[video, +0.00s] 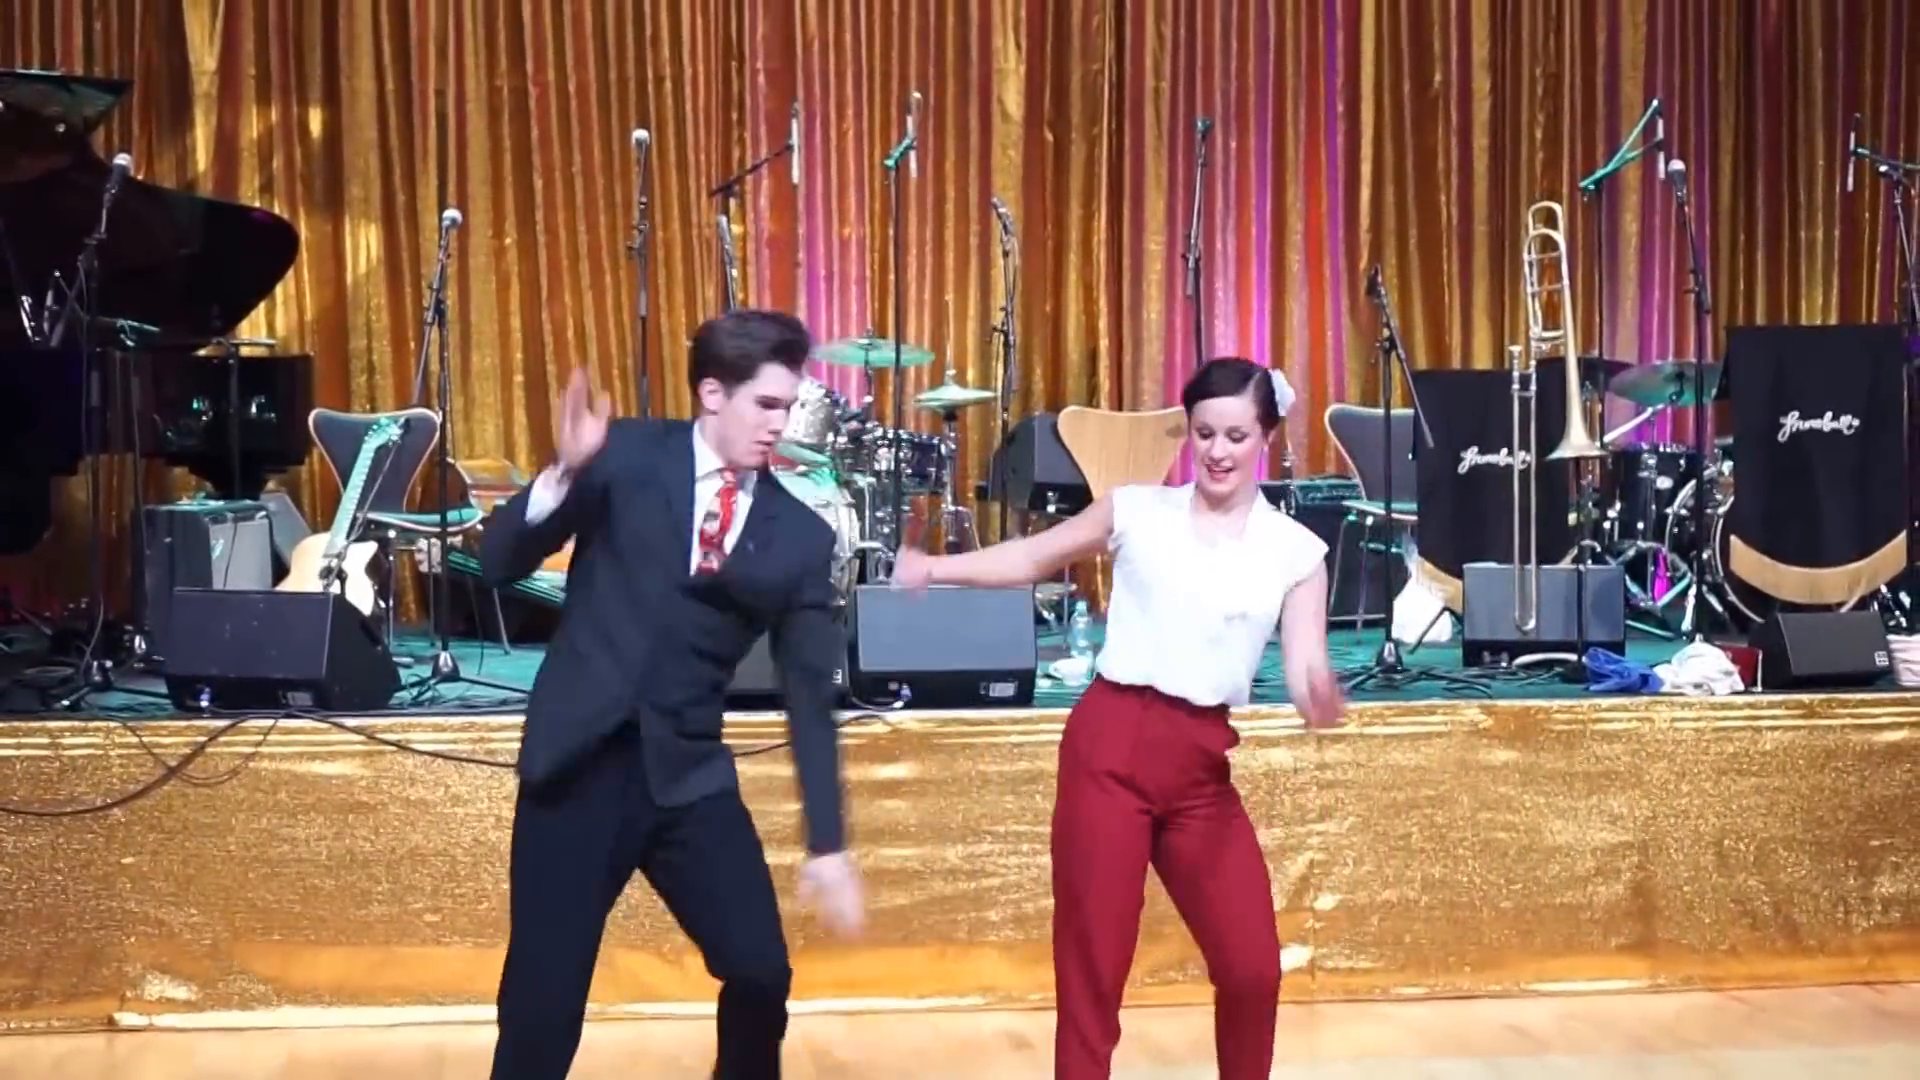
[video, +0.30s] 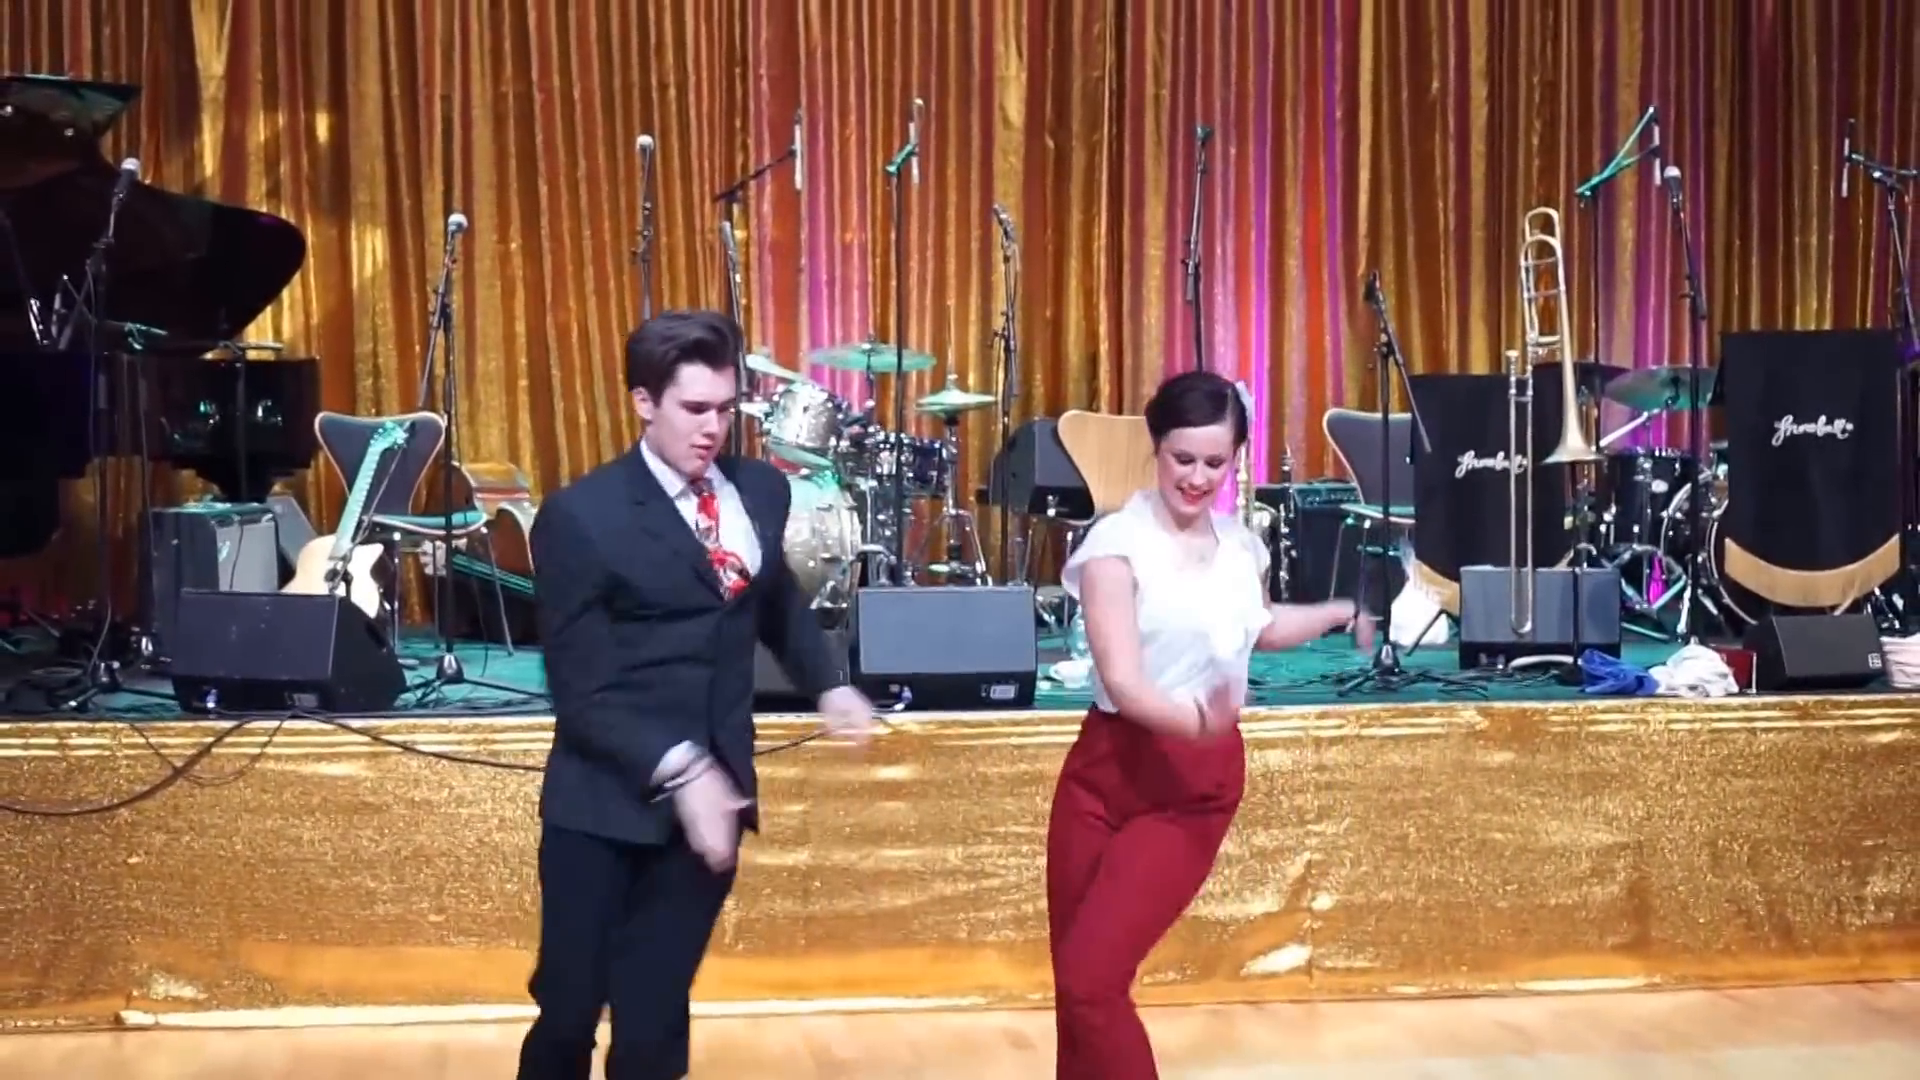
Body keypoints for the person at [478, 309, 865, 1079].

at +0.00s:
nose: (783, 425)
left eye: (791, 407)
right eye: (768, 404)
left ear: (796, 406)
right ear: (710, 395)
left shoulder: (799, 537)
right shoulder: (617, 452)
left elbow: (809, 700)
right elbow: (499, 562)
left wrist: (827, 847)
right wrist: (559, 473)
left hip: (692, 777)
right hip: (577, 768)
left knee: (760, 975)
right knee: (540, 1021)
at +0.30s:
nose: (715, 427)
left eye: (726, 408)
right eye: (696, 409)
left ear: (739, 402)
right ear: (644, 403)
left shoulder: (759, 494)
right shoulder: (579, 517)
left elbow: (779, 603)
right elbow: (583, 692)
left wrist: (829, 683)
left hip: (710, 802)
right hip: (600, 798)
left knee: (653, 1030)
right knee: (567, 1019)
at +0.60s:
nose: (814, 448)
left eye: (821, 427)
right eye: (793, 432)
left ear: (832, 418)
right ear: (735, 433)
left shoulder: (873, 516)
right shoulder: (667, 528)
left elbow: (878, 662)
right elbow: (673, 701)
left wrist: (837, 774)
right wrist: (654, 662)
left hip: (809, 795)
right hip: (706, 793)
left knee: (708, 1040)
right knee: (767, 1044)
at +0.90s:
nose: (851, 464)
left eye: (863, 441)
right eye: (840, 448)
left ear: (923, 424)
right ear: (832, 446)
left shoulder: (1044, 478)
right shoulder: (845, 538)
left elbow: (1092, 587)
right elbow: (781, 667)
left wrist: (1103, 689)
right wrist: (762, 549)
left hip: (1063, 811)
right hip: (931, 818)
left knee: (1137, 1048)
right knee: (852, 1040)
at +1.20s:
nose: (964, 455)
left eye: (977, 432)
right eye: (957, 438)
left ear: (1041, 420)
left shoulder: (1158, 452)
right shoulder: (974, 543)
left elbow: (1238, 516)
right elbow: (925, 682)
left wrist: (1243, 617)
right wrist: (922, 575)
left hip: (1222, 782)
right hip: (1099, 799)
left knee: (1278, 1025)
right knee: (1035, 1041)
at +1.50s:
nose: (1194, 447)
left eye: (1201, 429)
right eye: (1175, 428)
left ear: (1210, 438)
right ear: (1115, 444)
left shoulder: (1225, 567)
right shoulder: (1027, 546)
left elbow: (1228, 742)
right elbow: (947, 674)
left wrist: (1257, 721)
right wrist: (1015, 772)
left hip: (1181, 844)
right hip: (1056, 846)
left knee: (1257, 1059)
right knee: (1073, 1061)